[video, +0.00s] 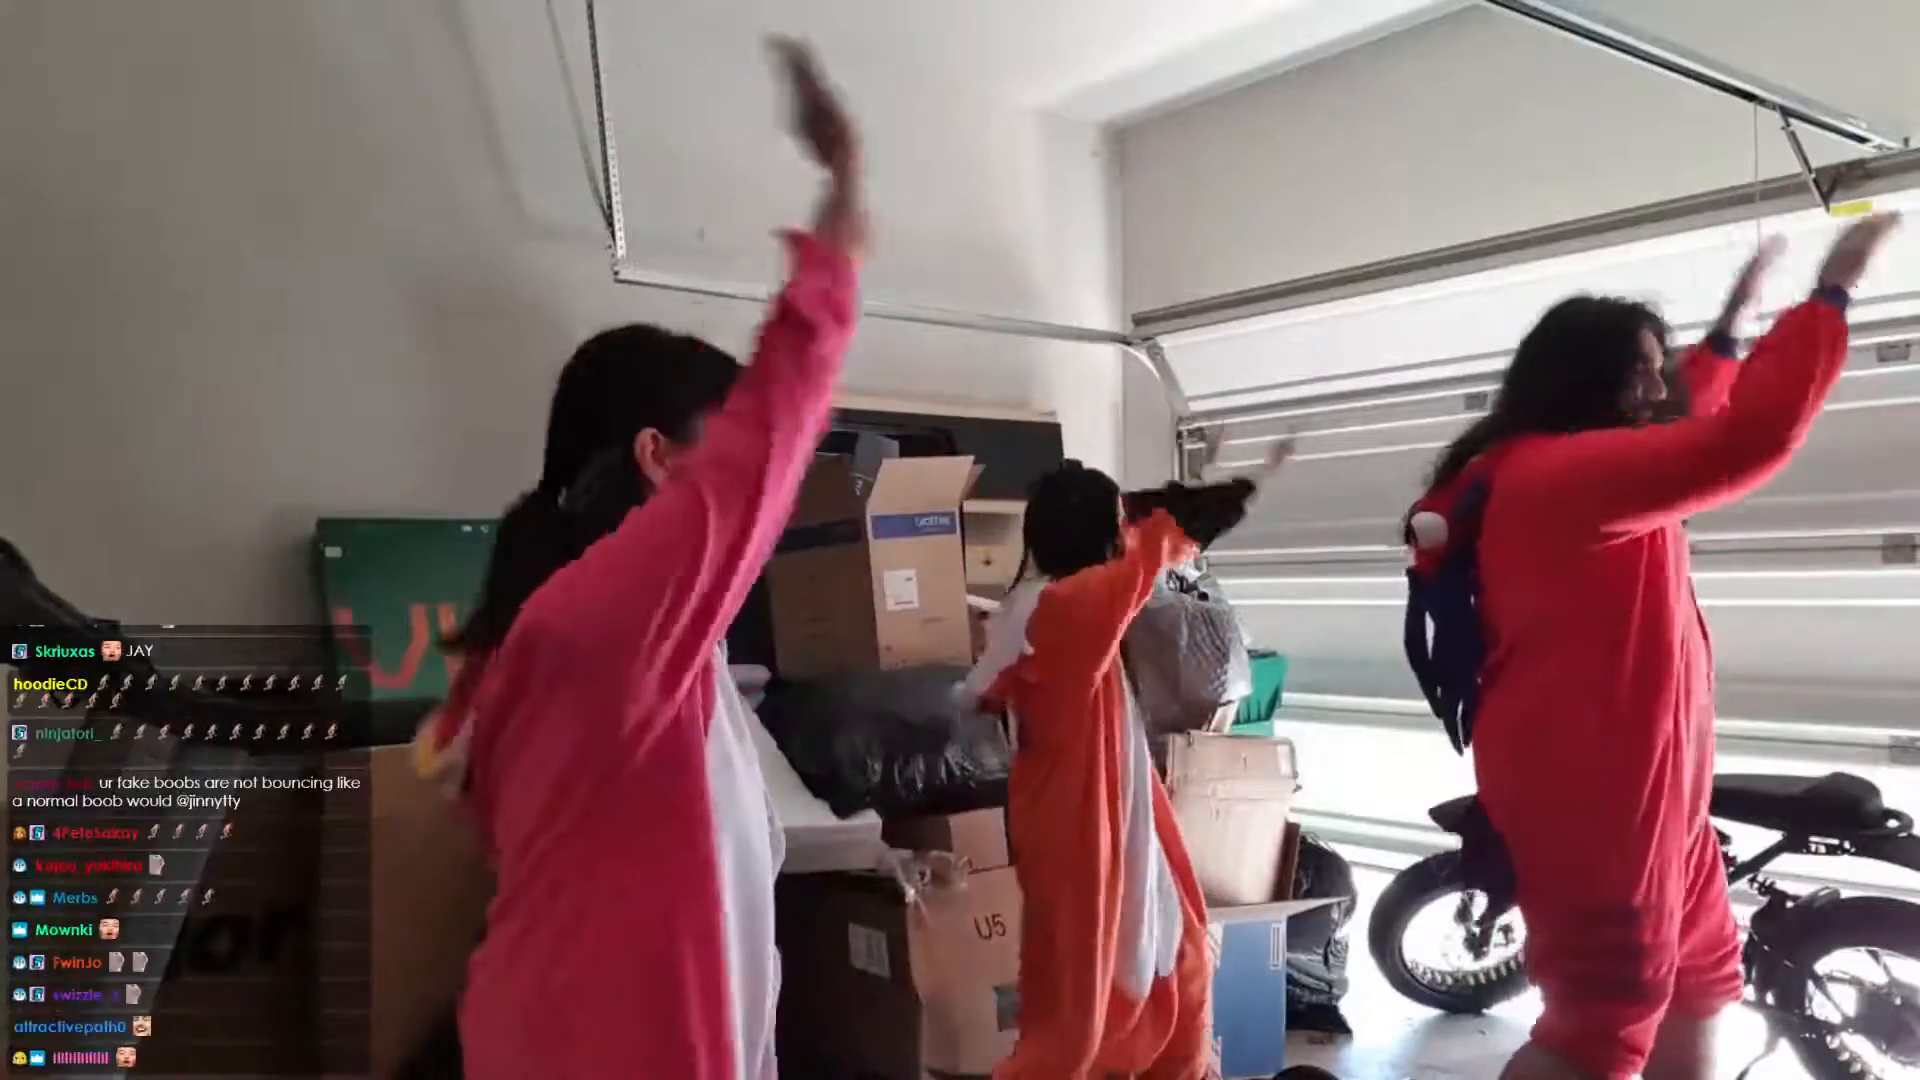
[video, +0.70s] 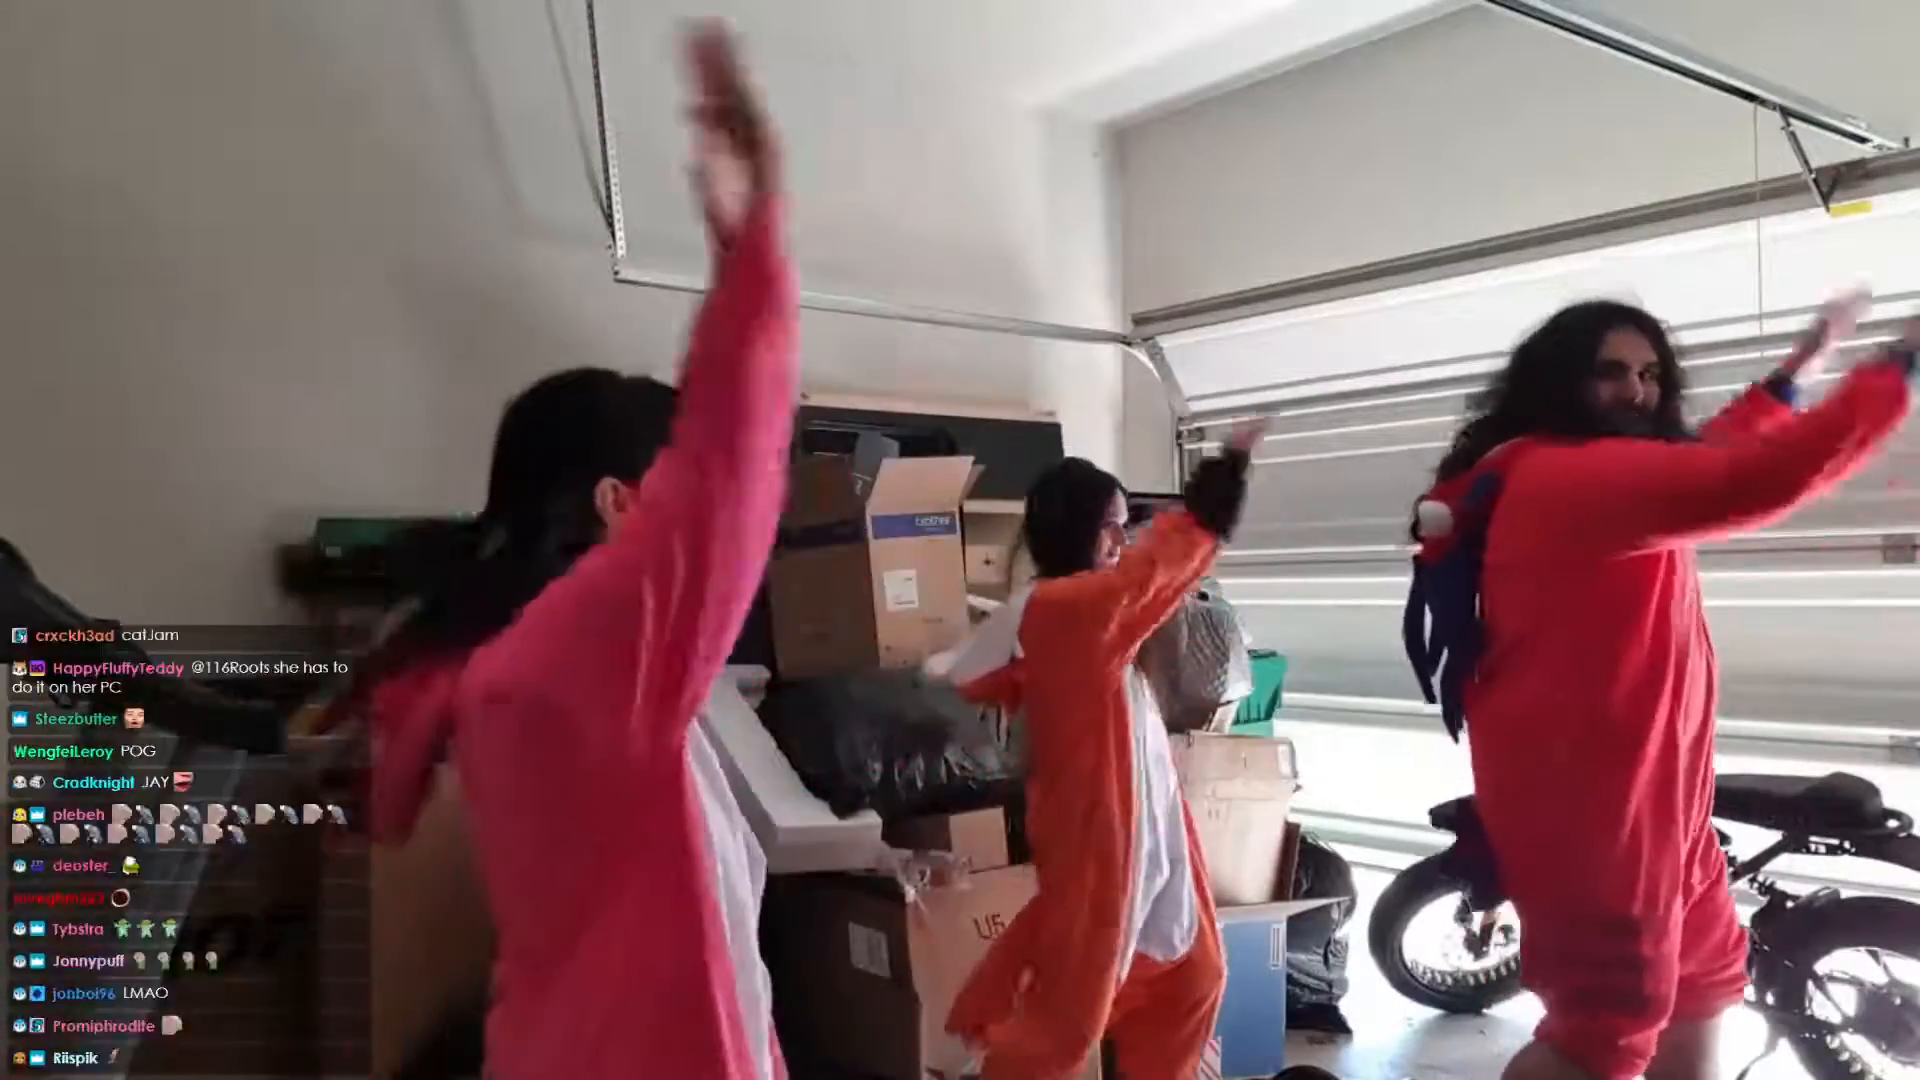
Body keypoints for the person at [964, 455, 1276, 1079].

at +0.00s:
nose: (1132, 531)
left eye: (1132, 519)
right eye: (1124, 519)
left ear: (1041, 532)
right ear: (1109, 530)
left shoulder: (1030, 606)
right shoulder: (1067, 603)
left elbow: (986, 693)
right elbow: (1155, 543)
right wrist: (1253, 481)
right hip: (1077, 809)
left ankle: (1174, 1063)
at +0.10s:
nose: (1122, 517)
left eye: (1122, 502)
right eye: (1107, 501)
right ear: (1064, 507)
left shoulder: (1087, 588)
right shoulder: (1060, 589)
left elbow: (1009, 638)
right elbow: (1170, 598)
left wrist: (976, 653)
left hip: (1101, 804)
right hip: (1040, 810)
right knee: (1029, 995)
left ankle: (1147, 1062)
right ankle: (1000, 1067)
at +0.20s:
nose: (1134, 544)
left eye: (1132, 529)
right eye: (1127, 530)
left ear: (1051, 532)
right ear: (1107, 536)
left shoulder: (1061, 601)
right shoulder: (1063, 605)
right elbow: (1141, 677)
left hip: (1066, 810)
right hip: (1012, 808)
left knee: (1102, 957)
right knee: (1010, 954)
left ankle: (1118, 1062)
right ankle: (992, 1063)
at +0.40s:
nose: (1135, 555)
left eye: (1130, 539)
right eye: (1129, 541)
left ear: (1046, 545)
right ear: (1111, 552)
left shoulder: (1052, 620)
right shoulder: (1067, 627)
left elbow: (1118, 741)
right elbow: (1087, 751)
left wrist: (1144, 840)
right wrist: (1123, 867)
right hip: (1015, 849)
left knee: (1144, 975)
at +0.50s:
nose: (1130, 531)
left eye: (1129, 513)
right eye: (1121, 513)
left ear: (1048, 517)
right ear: (1090, 518)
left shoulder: (1064, 592)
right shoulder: (1055, 594)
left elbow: (1152, 679)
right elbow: (1141, 672)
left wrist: (1237, 727)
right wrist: (1245, 725)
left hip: (1095, 823)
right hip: (1048, 826)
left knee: (1151, 976)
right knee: (1018, 993)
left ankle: (1144, 1074)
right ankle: (989, 1071)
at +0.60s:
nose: (1118, 529)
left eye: (1120, 513)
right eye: (1107, 513)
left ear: (1044, 520)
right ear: (1073, 518)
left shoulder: (1074, 597)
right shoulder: (1051, 595)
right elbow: (1154, 595)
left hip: (1127, 808)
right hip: (1074, 817)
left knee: (1173, 970)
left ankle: (1155, 1069)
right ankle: (988, 1059)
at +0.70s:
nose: (1123, 541)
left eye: (1123, 528)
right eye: (1113, 528)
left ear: (1053, 529)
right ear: (1084, 530)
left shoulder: (1089, 608)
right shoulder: (1062, 606)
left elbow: (974, 683)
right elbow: (1161, 568)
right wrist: (1231, 465)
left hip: (1153, 823)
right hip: (1098, 831)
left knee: (1192, 975)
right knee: (1073, 998)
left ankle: (1158, 1069)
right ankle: (1005, 1064)